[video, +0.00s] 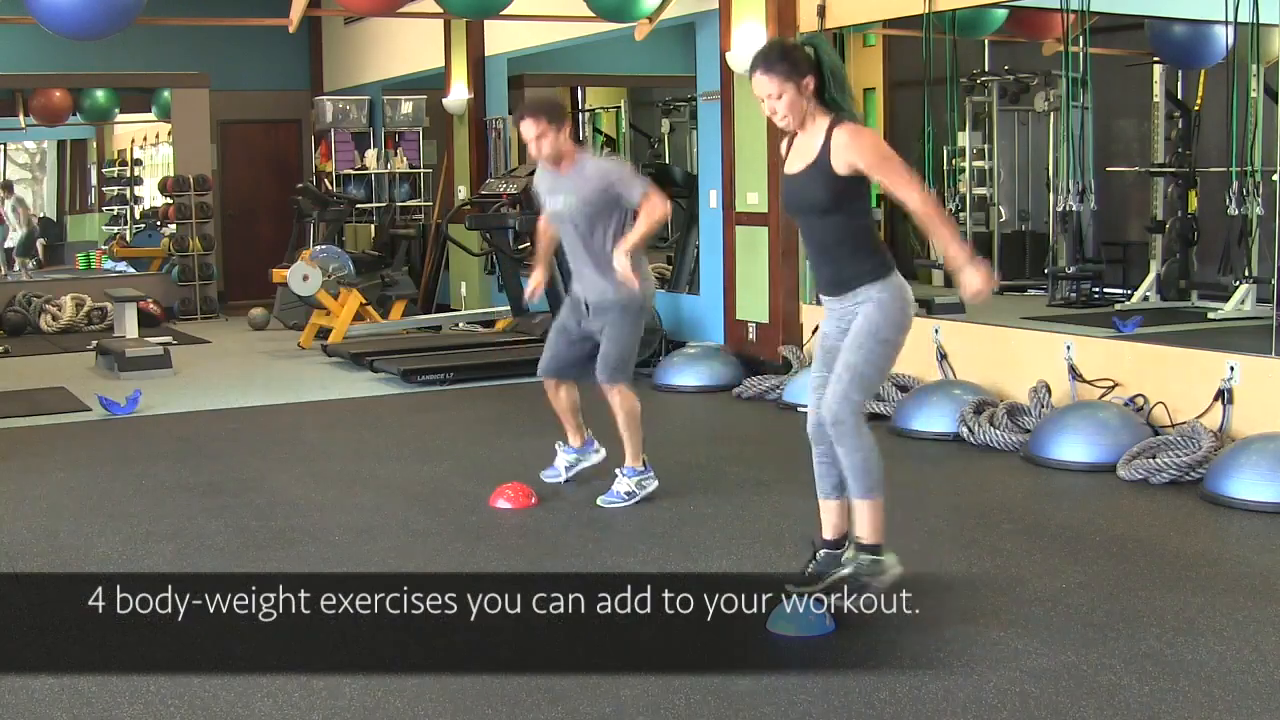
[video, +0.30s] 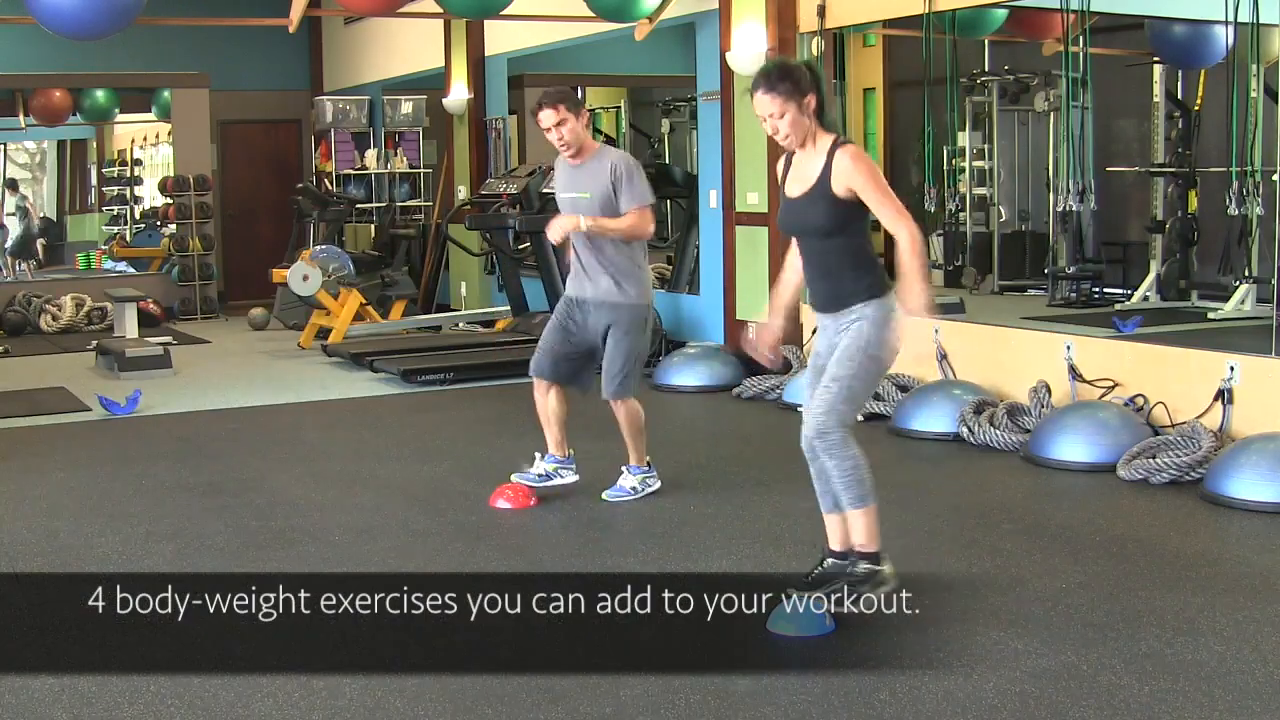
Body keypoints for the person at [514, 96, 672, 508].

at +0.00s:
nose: (533, 149)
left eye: (538, 138)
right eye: (527, 140)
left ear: (564, 130)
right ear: (526, 139)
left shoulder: (606, 170)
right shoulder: (543, 178)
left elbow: (658, 205)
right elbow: (549, 219)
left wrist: (624, 248)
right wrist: (541, 268)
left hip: (623, 299)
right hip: (581, 298)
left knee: (612, 378)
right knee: (553, 374)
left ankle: (637, 470)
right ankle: (580, 445)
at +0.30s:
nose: (557, 136)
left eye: (562, 124)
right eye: (549, 130)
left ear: (584, 118)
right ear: (545, 133)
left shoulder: (621, 163)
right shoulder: (561, 168)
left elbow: (644, 225)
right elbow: (580, 223)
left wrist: (579, 223)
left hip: (626, 300)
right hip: (579, 295)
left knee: (618, 390)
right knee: (544, 373)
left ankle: (641, 469)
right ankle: (558, 460)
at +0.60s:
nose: (535, 135)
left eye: (540, 126)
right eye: (533, 127)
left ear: (569, 121)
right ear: (548, 125)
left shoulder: (607, 156)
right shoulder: (551, 164)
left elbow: (609, 211)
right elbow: (522, 205)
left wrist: (555, 181)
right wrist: (496, 201)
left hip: (625, 284)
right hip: (587, 286)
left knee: (616, 373)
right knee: (559, 369)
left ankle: (650, 461)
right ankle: (592, 446)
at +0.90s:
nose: (529, 256)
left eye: (536, 248)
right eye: (526, 248)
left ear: (562, 247)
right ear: (521, 249)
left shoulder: (589, 278)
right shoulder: (544, 281)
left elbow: (549, 324)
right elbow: (495, 318)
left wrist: (526, 273)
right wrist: (502, 277)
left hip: (651, 358)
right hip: (606, 360)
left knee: (608, 395)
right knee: (551, 390)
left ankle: (655, 472)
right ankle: (599, 455)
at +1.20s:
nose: (523, 214)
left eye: (530, 205)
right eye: (522, 205)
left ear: (558, 207)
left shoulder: (589, 241)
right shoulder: (538, 246)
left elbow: (593, 298)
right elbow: (514, 283)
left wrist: (542, 330)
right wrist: (497, 323)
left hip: (640, 336)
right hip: (599, 337)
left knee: (609, 395)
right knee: (553, 391)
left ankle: (654, 471)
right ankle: (598, 453)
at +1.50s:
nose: (530, 111)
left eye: (536, 102)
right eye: (528, 103)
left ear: (564, 100)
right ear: (537, 104)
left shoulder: (603, 139)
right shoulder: (543, 142)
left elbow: (658, 176)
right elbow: (571, 194)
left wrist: (663, 235)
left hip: (604, 262)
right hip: (565, 261)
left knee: (578, 349)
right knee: (557, 358)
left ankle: (584, 441)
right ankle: (590, 438)